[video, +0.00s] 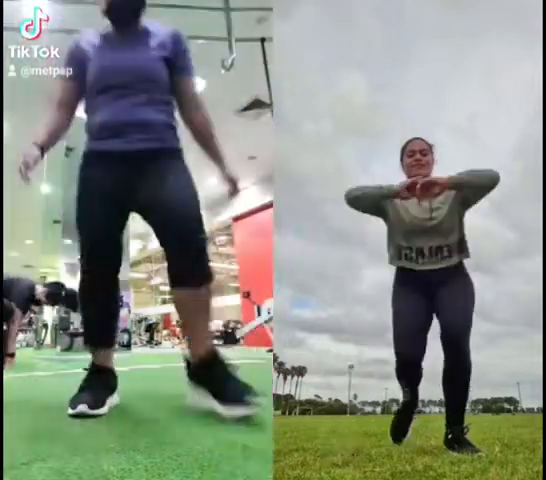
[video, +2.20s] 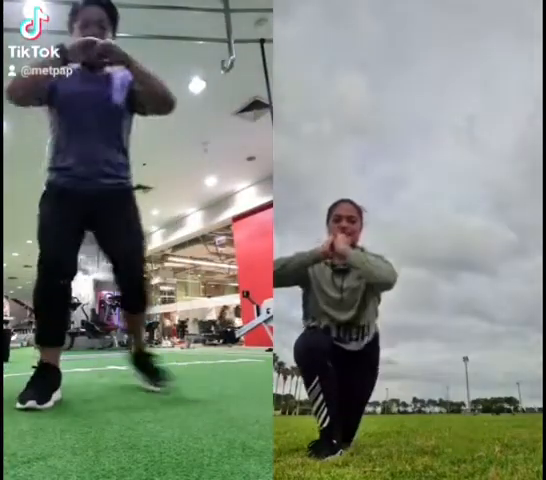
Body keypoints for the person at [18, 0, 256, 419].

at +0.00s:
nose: (121, 5)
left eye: (128, 0)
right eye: (115, 1)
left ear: (142, 4)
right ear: (103, 6)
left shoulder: (168, 41)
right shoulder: (86, 47)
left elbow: (192, 109)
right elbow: (62, 108)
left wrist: (224, 166)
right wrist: (38, 146)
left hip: (162, 163)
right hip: (103, 166)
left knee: (190, 248)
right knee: (98, 266)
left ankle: (203, 362)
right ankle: (101, 372)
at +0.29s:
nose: (151, 41)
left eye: (159, 33)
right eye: (144, 33)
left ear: (172, 39)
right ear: (132, 40)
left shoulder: (187, 89)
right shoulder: (116, 88)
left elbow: (201, 137)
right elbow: (97, 138)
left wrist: (217, 168)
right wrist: (74, 169)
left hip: (169, 193)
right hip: (119, 191)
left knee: (183, 279)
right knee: (111, 276)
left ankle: (199, 356)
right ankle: (101, 373)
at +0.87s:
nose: (137, 96)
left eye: (143, 91)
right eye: (131, 91)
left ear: (153, 96)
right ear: (121, 96)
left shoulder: (164, 138)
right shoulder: (108, 131)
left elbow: (177, 180)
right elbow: (92, 167)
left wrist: (196, 214)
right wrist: (86, 189)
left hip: (156, 214)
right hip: (116, 214)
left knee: (174, 283)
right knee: (114, 287)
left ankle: (198, 361)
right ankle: (111, 359)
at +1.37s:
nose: (137, 84)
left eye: (144, 79)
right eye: (131, 79)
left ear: (153, 85)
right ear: (121, 85)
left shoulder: (167, 125)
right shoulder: (108, 122)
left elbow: (189, 167)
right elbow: (86, 159)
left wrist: (189, 155)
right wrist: (83, 146)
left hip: (156, 208)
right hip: (114, 209)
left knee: (166, 281)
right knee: (106, 286)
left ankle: (182, 365)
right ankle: (108, 354)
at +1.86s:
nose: (125, 56)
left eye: (133, 50)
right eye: (118, 50)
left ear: (146, 57)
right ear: (107, 58)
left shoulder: (158, 104)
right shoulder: (95, 106)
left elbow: (192, 143)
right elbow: (68, 154)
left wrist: (165, 105)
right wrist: (76, 122)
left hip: (151, 206)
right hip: (101, 206)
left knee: (171, 279)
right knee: (66, 275)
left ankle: (182, 367)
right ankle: (50, 370)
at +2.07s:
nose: (105, 35)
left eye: (113, 29)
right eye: (98, 27)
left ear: (124, 37)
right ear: (83, 32)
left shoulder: (135, 83)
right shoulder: (71, 79)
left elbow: (179, 107)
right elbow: (31, 98)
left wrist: (142, 64)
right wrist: (69, 61)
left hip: (126, 189)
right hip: (75, 188)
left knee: (152, 273)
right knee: (60, 276)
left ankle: (181, 365)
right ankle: (47, 371)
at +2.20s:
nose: (92, 34)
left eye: (100, 28)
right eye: (84, 27)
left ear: (112, 35)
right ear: (71, 33)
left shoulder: (123, 80)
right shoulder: (57, 79)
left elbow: (165, 103)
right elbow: (15, 92)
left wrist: (125, 59)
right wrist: (64, 59)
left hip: (114, 191)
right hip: (64, 191)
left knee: (133, 273)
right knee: (52, 277)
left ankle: (139, 352)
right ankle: (48, 371)